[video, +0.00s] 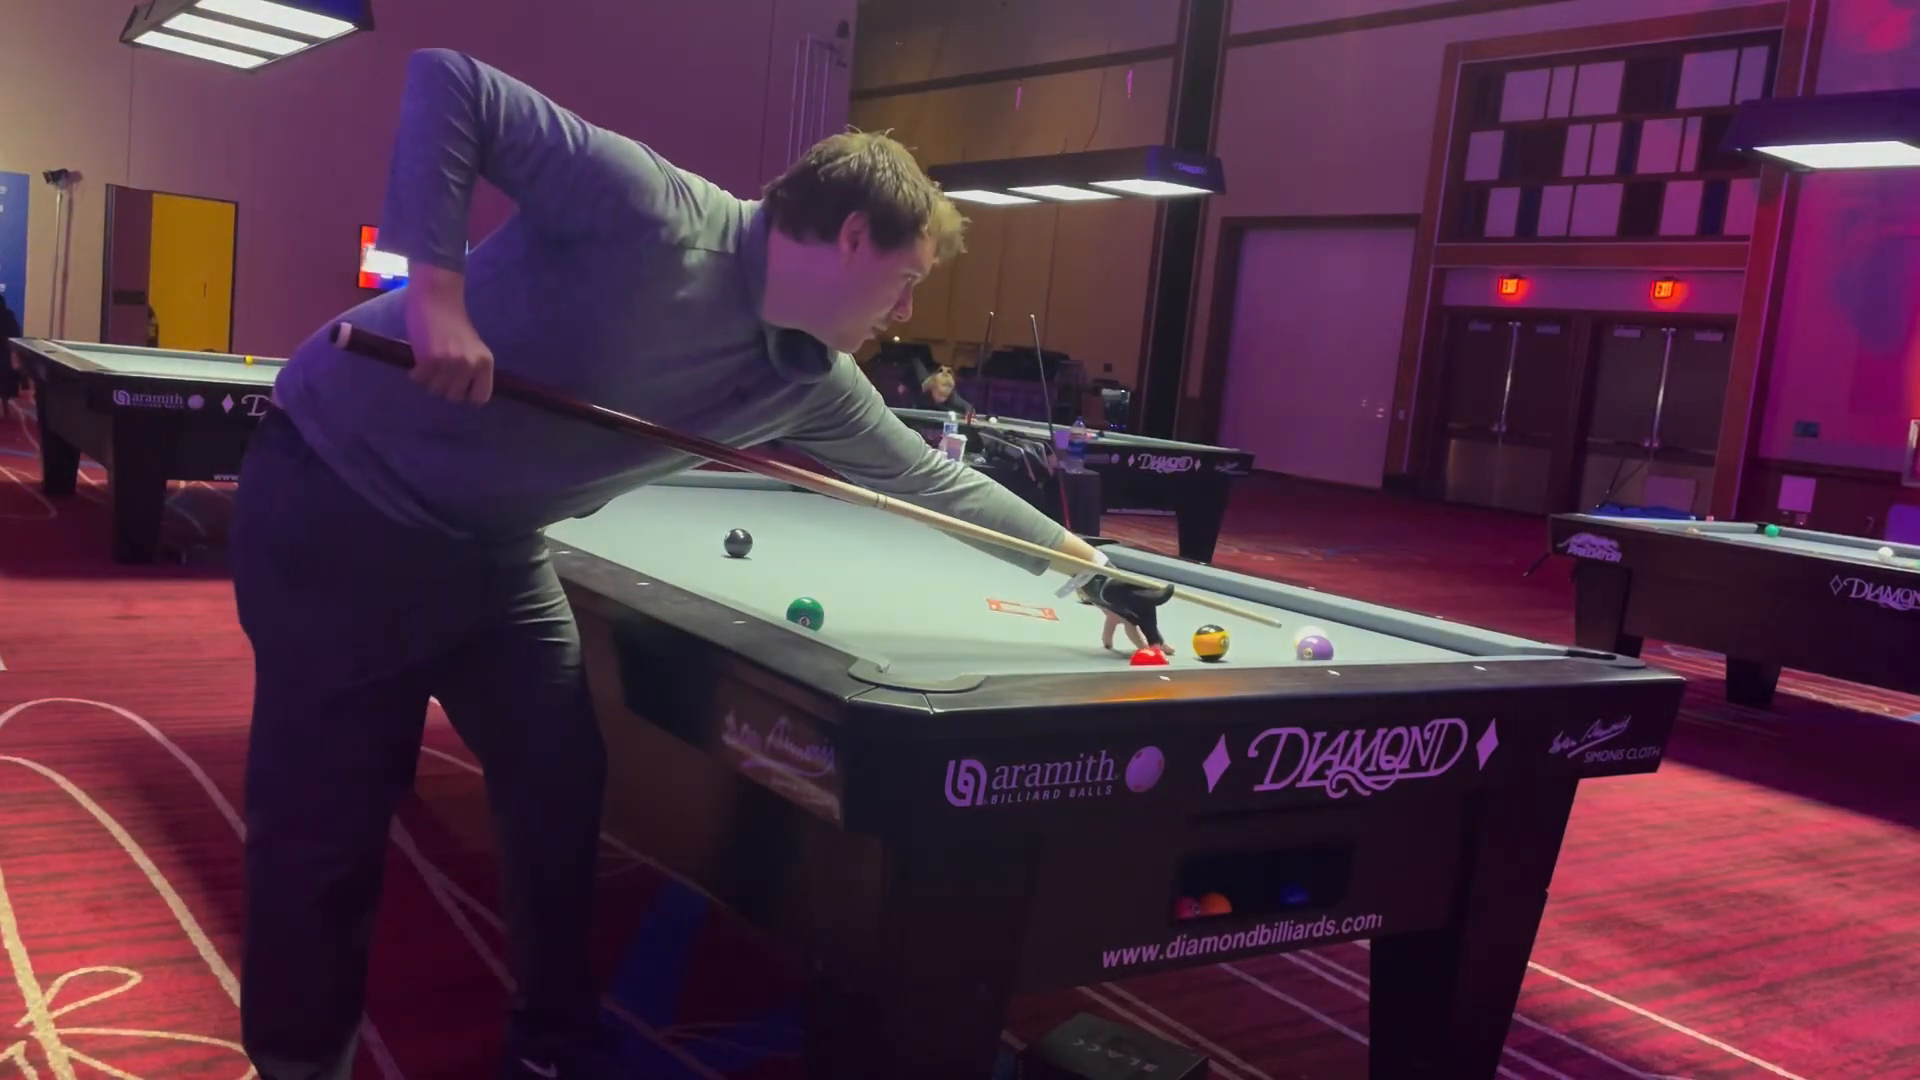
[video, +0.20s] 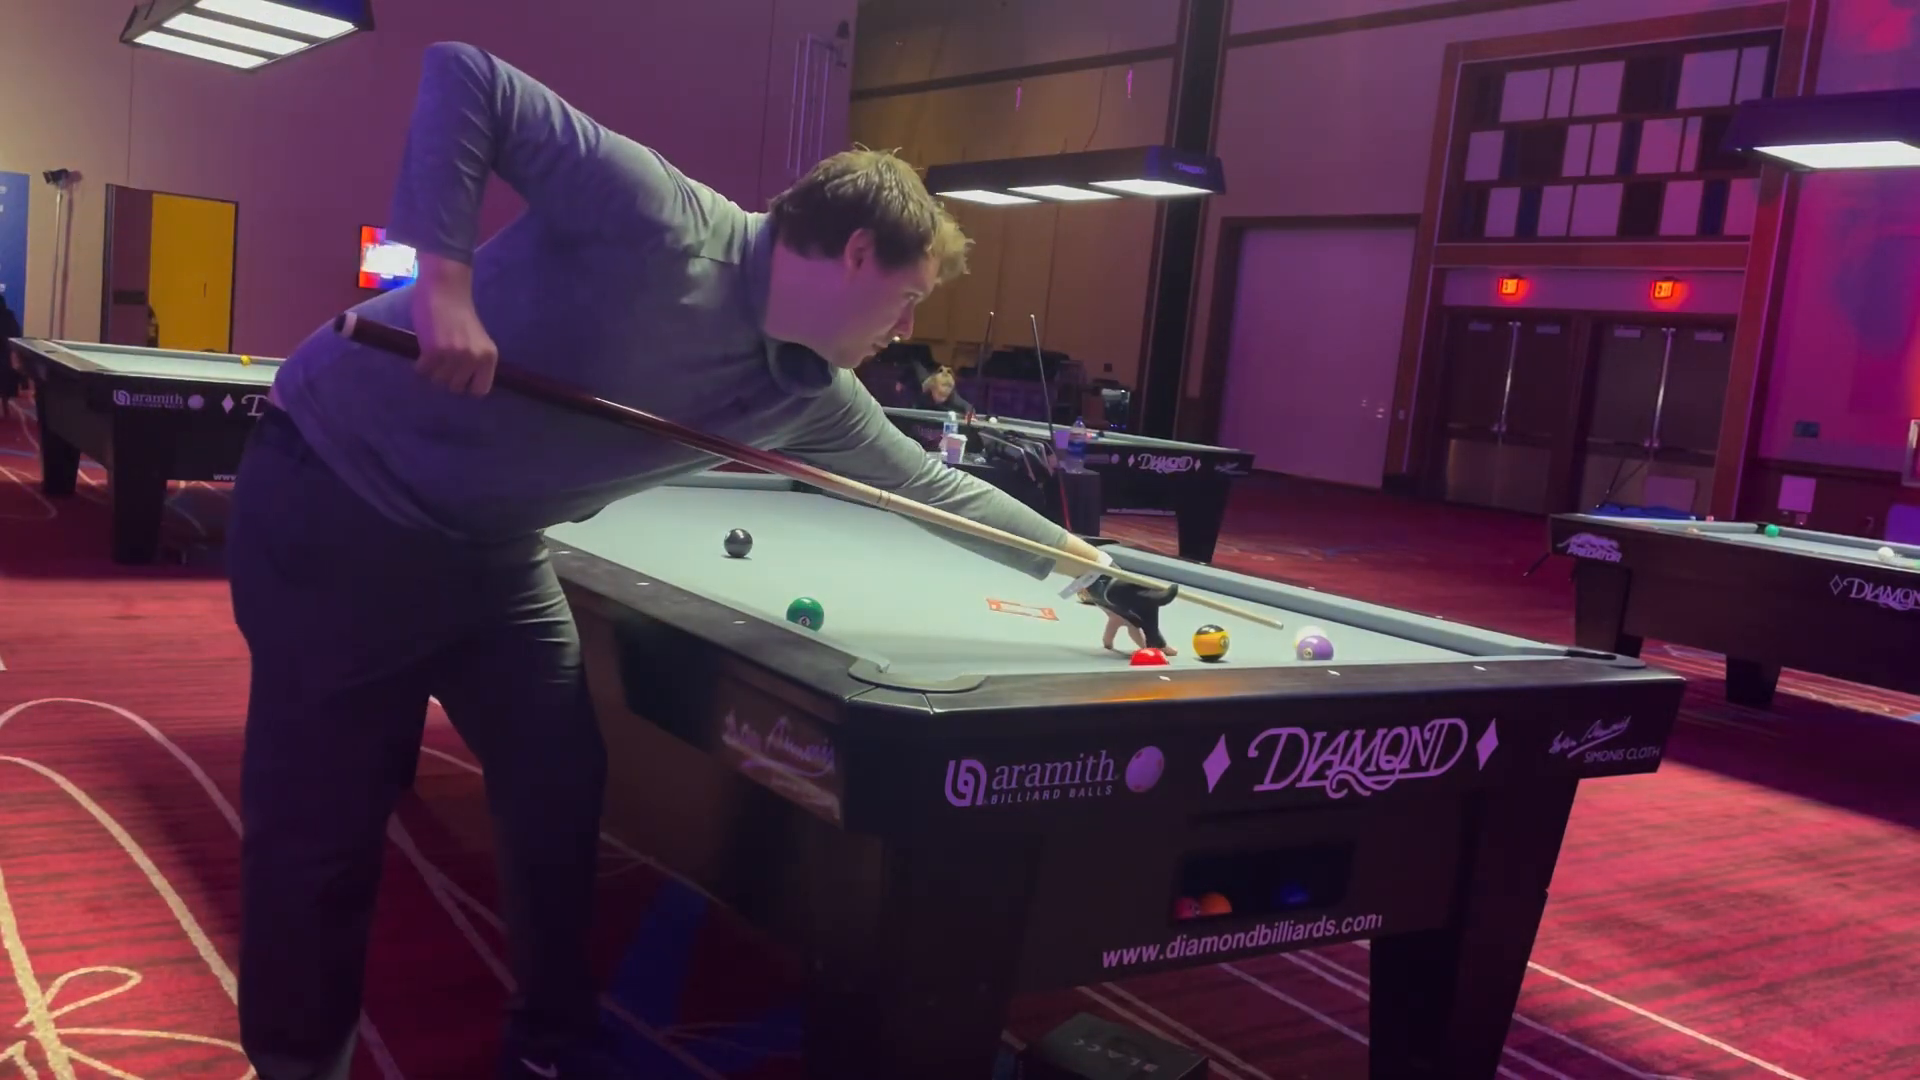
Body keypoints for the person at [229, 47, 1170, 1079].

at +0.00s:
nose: (903, 313)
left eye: (915, 289)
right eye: (907, 279)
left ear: (847, 249)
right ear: (848, 237)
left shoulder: (807, 384)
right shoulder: (648, 208)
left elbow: (940, 479)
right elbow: (448, 83)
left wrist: (1086, 561)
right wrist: (432, 287)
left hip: (494, 535)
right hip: (345, 487)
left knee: (559, 774)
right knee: (324, 819)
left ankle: (551, 1037)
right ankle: (298, 1058)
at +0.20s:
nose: (903, 324)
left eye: (914, 304)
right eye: (908, 295)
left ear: (847, 260)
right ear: (855, 254)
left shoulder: (808, 394)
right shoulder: (653, 212)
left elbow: (939, 487)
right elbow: (465, 78)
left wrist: (1089, 561)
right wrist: (437, 275)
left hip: (492, 537)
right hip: (343, 489)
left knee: (558, 775)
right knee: (321, 825)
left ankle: (549, 1040)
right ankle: (295, 1058)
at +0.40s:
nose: (906, 346)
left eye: (918, 326)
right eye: (912, 315)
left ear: (849, 277)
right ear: (860, 272)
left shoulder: (804, 411)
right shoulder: (662, 223)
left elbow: (929, 498)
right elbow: (484, 75)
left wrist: (1082, 560)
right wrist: (449, 270)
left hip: (489, 537)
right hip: (338, 488)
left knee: (556, 767)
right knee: (317, 827)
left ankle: (549, 1034)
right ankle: (294, 1057)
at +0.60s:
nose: (904, 373)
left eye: (916, 351)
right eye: (911, 341)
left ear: (850, 297)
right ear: (864, 288)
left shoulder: (792, 414)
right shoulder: (666, 228)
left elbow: (918, 506)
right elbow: (500, 67)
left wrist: (1078, 562)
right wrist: (449, 259)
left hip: (487, 535)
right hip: (333, 484)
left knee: (555, 766)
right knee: (314, 828)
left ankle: (549, 1035)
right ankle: (293, 1056)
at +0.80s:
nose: (902, 388)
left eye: (916, 367)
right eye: (912, 357)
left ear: (851, 312)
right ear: (866, 305)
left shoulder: (795, 423)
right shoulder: (670, 233)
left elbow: (913, 512)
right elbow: (513, 65)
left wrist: (1070, 561)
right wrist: (419, 236)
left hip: (487, 539)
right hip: (330, 484)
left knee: (555, 764)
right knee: (310, 829)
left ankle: (548, 1035)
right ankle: (293, 1061)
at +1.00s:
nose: (900, 401)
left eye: (915, 381)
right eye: (910, 371)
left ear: (854, 330)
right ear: (863, 321)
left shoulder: (790, 428)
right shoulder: (676, 237)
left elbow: (914, 518)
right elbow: (527, 64)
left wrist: (1066, 561)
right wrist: (434, 238)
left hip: (487, 537)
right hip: (332, 483)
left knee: (555, 766)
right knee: (310, 826)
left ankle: (549, 1033)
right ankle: (293, 1060)